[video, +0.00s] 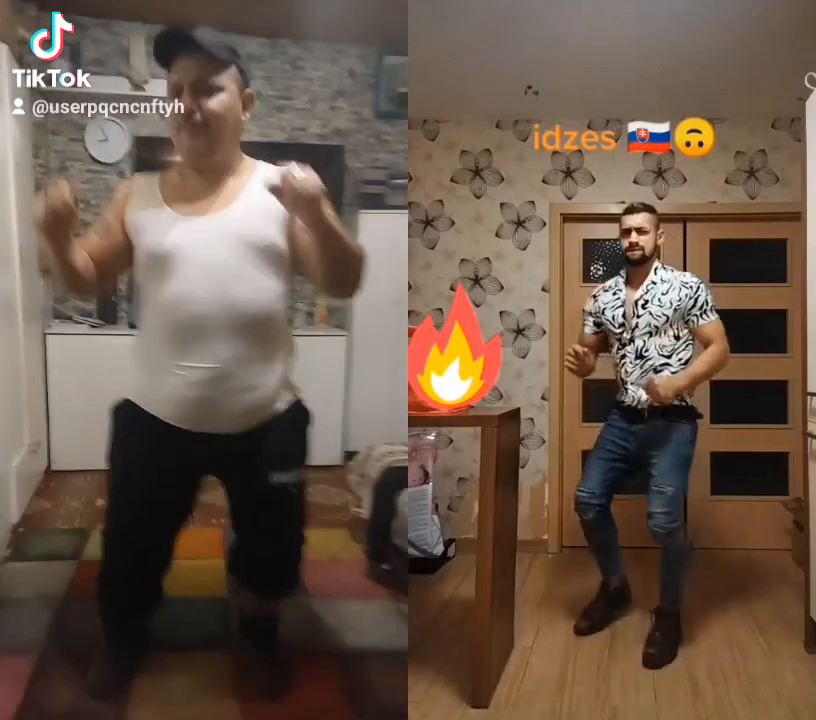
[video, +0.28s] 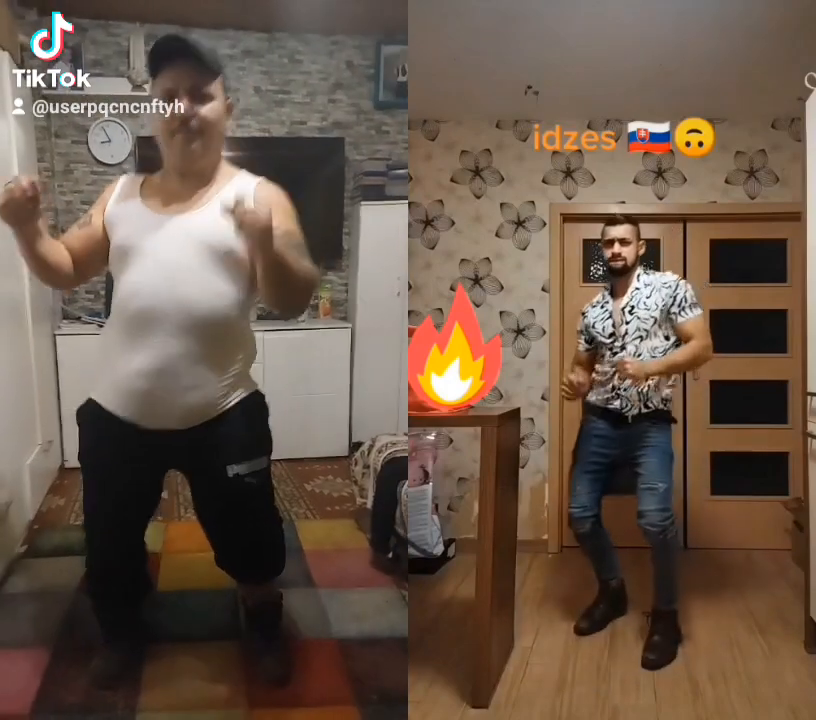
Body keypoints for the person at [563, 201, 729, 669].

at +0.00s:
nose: (633, 239)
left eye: (641, 231)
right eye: (626, 233)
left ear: (659, 236)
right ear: (618, 239)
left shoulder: (686, 287)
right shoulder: (604, 297)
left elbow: (718, 348)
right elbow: (589, 357)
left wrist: (679, 382)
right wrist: (580, 360)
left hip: (671, 420)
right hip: (622, 418)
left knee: (664, 521)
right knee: (588, 502)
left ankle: (668, 617)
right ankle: (615, 590)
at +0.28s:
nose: (614, 250)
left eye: (623, 242)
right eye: (608, 244)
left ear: (641, 247)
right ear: (601, 251)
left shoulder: (670, 288)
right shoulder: (593, 310)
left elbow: (701, 346)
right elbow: (582, 365)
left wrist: (652, 368)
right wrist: (577, 378)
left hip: (651, 422)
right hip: (599, 421)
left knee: (655, 521)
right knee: (581, 515)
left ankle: (665, 618)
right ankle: (612, 593)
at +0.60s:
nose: (606, 248)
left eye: (614, 241)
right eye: (599, 241)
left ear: (628, 247)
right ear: (589, 247)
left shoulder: (652, 295)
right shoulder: (572, 300)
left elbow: (682, 350)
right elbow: (548, 356)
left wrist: (656, 383)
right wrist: (567, 363)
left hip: (649, 418)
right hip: (599, 419)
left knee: (668, 506)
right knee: (587, 505)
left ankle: (660, 612)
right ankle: (613, 592)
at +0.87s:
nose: (616, 255)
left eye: (624, 248)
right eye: (609, 248)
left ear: (634, 252)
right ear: (596, 252)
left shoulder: (658, 296)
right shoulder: (577, 306)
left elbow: (684, 344)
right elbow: (556, 366)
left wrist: (665, 368)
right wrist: (577, 377)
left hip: (648, 421)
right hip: (598, 423)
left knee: (681, 499)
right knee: (590, 510)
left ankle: (664, 598)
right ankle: (613, 595)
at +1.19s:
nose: (628, 262)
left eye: (635, 255)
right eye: (620, 255)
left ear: (644, 259)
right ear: (608, 259)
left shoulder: (662, 306)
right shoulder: (585, 309)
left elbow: (682, 369)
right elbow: (562, 365)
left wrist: (672, 355)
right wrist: (589, 387)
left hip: (660, 424)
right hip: (607, 425)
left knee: (691, 502)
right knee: (592, 508)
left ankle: (672, 587)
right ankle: (613, 594)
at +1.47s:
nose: (647, 255)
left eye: (654, 248)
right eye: (639, 248)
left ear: (664, 251)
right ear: (628, 252)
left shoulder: (689, 289)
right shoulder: (612, 303)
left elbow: (712, 346)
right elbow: (589, 354)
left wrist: (676, 338)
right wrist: (596, 375)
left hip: (671, 415)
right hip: (624, 414)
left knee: (689, 500)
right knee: (611, 497)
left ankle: (679, 577)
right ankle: (614, 591)